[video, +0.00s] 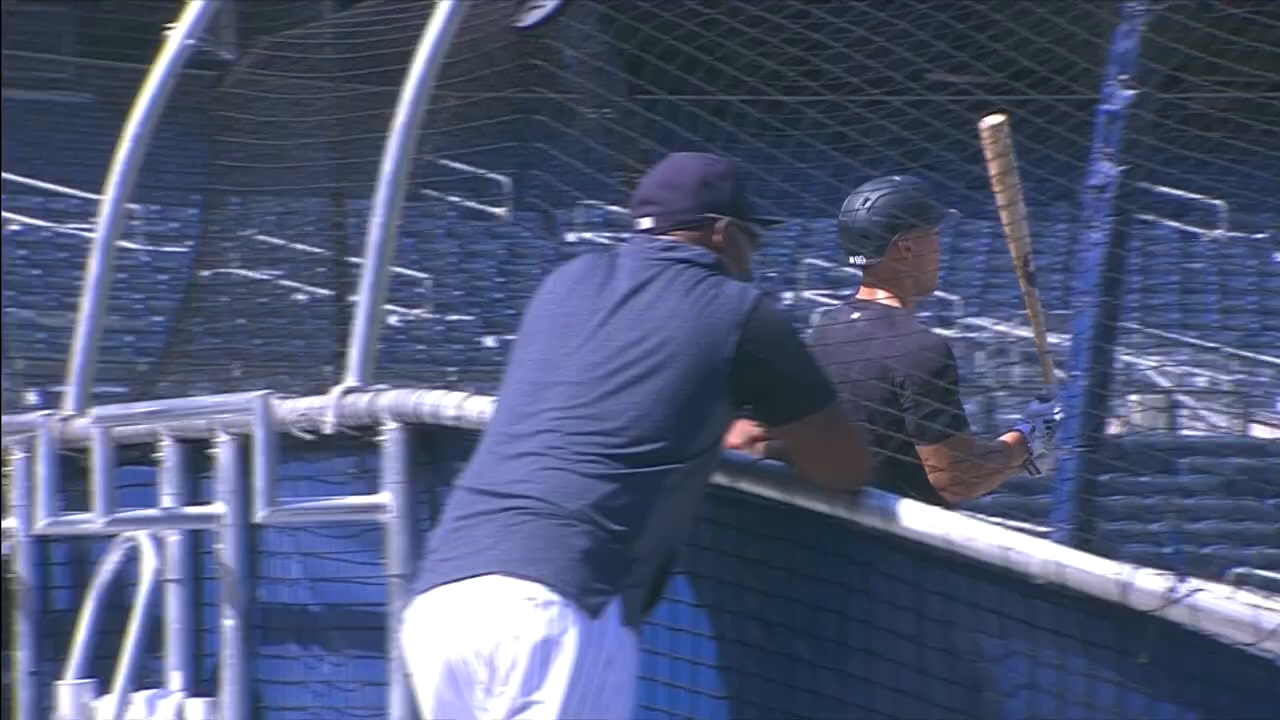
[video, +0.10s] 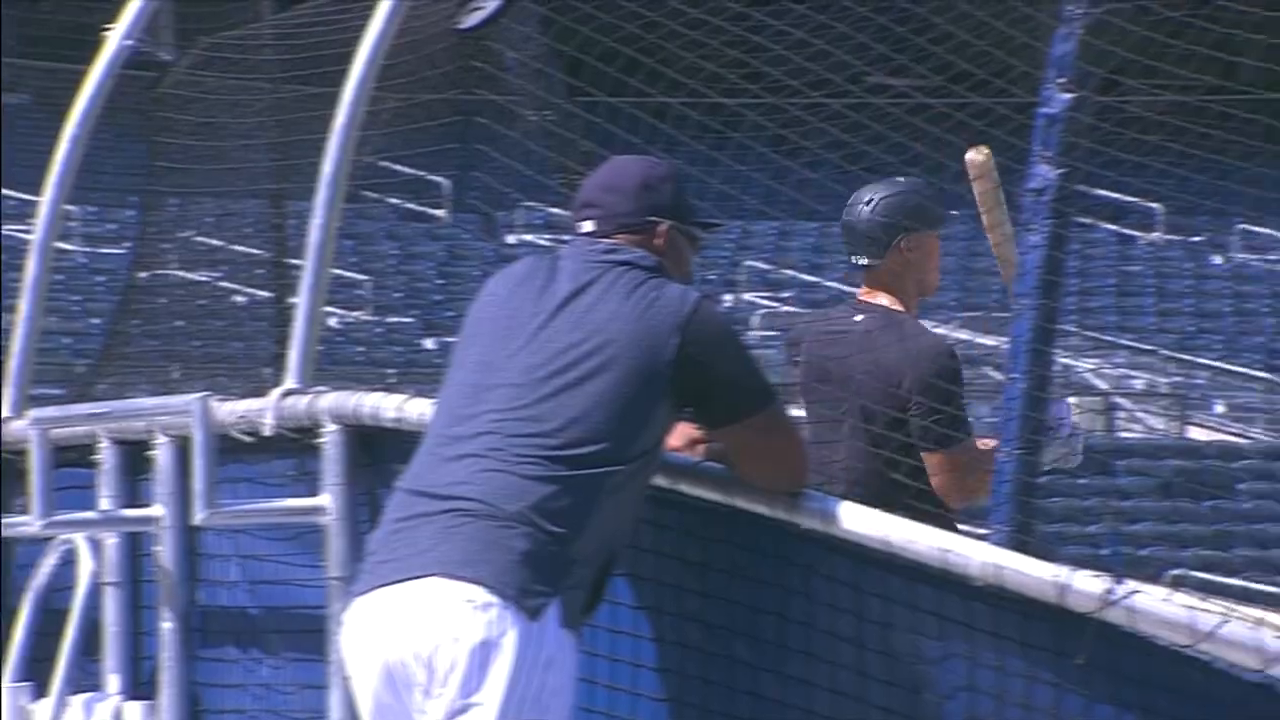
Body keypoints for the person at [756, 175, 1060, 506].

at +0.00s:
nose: (940, 247)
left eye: (937, 235)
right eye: (933, 236)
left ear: (860, 253)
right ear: (903, 249)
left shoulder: (826, 330)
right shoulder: (919, 350)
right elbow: (954, 479)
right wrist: (1024, 443)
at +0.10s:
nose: (939, 252)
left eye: (937, 238)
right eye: (935, 238)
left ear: (864, 253)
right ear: (906, 248)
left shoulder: (815, 335)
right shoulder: (927, 355)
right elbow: (953, 484)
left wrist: (988, 447)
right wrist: (1026, 449)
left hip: (825, 542)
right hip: (912, 554)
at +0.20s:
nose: (940, 250)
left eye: (937, 237)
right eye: (934, 236)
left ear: (862, 245)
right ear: (905, 245)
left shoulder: (815, 327)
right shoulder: (923, 347)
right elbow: (953, 476)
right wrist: (1022, 462)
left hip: (821, 532)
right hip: (900, 545)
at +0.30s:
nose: (933, 256)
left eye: (933, 242)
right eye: (923, 242)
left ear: (848, 245)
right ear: (894, 246)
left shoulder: (807, 331)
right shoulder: (911, 345)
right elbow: (957, 479)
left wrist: (996, 507)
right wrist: (1023, 485)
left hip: (825, 560)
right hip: (902, 571)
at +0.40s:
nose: (903, 265)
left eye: (904, 251)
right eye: (900, 251)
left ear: (830, 254)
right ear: (889, 257)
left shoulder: (788, 339)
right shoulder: (896, 357)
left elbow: (860, 464)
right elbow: (943, 476)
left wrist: (965, 537)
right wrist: (997, 519)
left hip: (800, 559)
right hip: (878, 579)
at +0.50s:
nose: (892, 267)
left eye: (891, 255)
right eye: (885, 256)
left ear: (816, 261)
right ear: (853, 262)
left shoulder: (776, 340)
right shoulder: (878, 363)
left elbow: (819, 468)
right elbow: (925, 483)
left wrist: (909, 537)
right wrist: (968, 540)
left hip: (771, 573)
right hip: (847, 590)